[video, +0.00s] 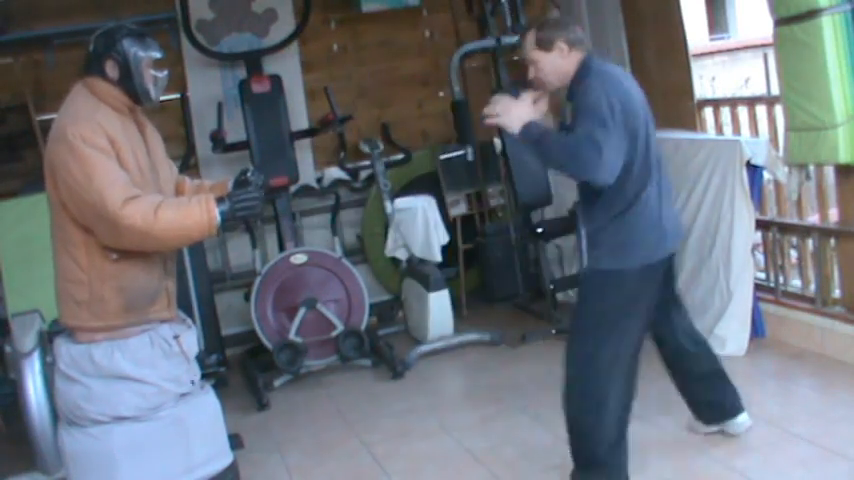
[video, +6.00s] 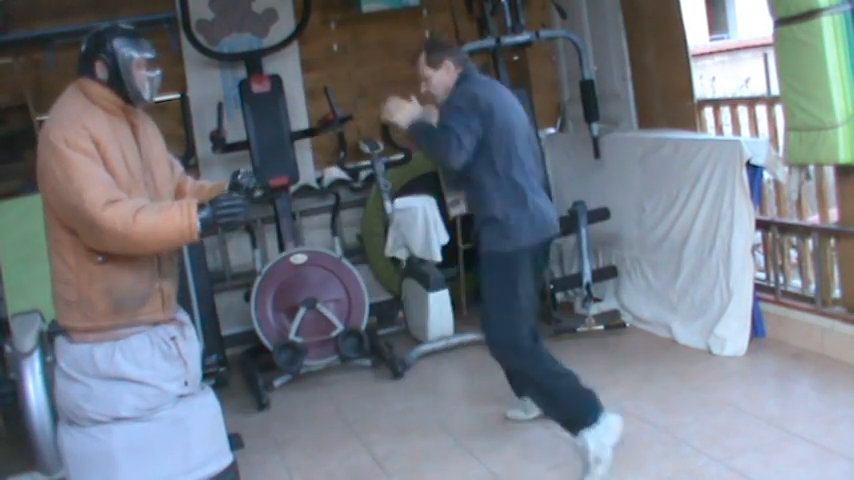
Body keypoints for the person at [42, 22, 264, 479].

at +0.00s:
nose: (154, 75)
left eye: (154, 64)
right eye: (144, 65)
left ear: (118, 68)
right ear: (112, 66)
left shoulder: (134, 119)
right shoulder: (78, 129)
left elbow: (171, 188)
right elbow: (123, 219)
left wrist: (227, 187)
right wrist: (214, 212)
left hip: (153, 316)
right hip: (107, 328)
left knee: (181, 443)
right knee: (129, 455)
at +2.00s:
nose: (152, 75)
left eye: (153, 64)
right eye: (143, 65)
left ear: (117, 68)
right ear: (111, 66)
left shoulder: (132, 118)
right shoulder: (78, 129)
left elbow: (171, 188)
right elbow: (123, 220)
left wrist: (229, 186)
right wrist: (216, 210)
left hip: (151, 313)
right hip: (108, 326)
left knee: (177, 441)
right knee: (131, 454)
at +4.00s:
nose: (148, 76)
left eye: (149, 65)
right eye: (138, 65)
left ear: (116, 68)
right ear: (106, 66)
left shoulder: (138, 121)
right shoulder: (70, 128)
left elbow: (176, 187)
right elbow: (110, 221)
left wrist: (227, 190)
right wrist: (204, 215)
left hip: (157, 318)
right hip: (104, 331)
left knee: (192, 449)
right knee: (125, 459)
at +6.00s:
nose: (145, 73)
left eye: (145, 63)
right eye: (134, 63)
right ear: (101, 66)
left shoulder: (138, 121)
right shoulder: (65, 130)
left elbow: (177, 187)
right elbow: (107, 222)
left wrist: (230, 188)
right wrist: (200, 218)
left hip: (159, 318)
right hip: (103, 331)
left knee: (189, 449)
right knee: (124, 459)